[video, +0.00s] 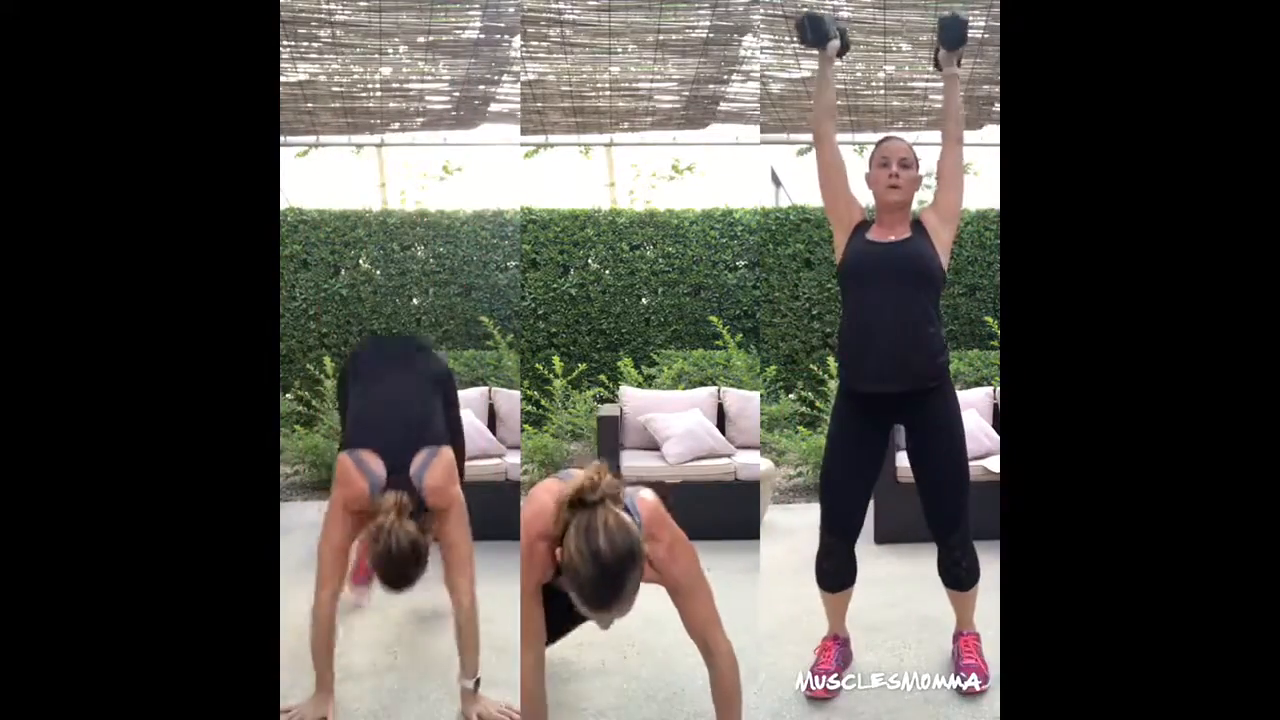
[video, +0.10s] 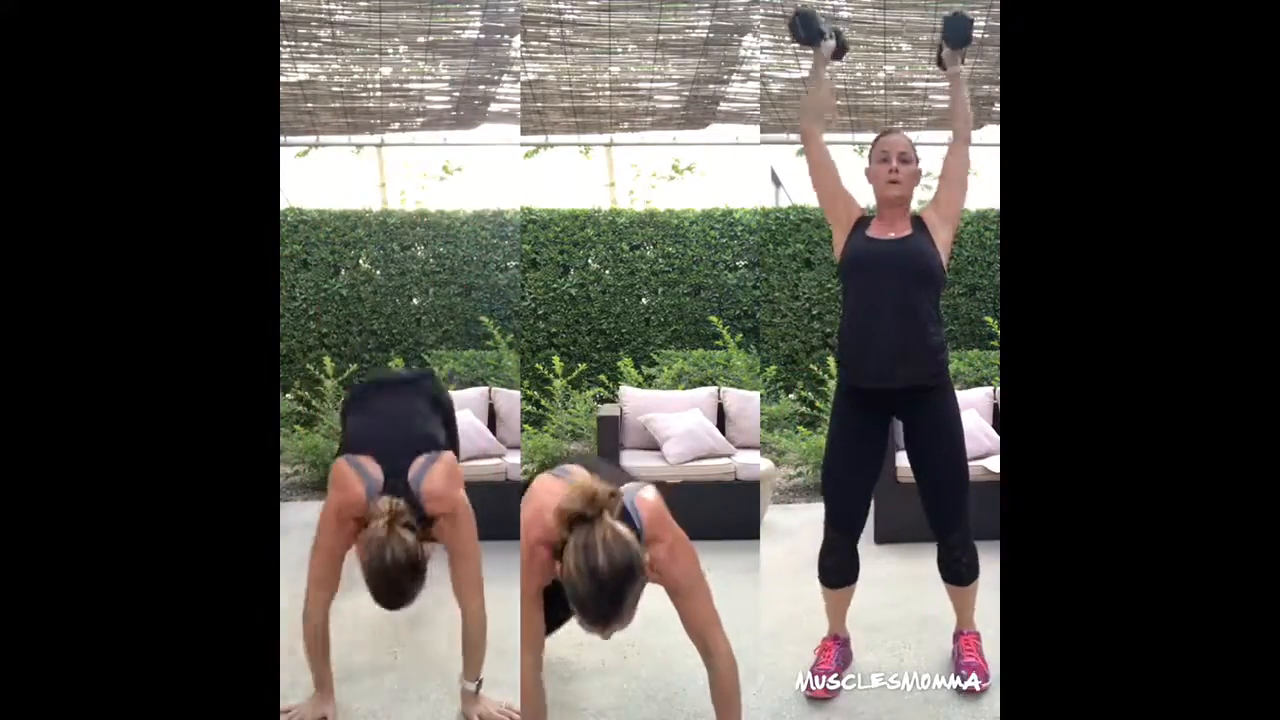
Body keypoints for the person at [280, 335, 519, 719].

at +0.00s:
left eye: (404, 582)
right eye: (386, 578)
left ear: (427, 534)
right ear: (370, 536)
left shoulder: (445, 489)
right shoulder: (350, 489)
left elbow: (463, 593)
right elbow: (327, 593)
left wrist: (470, 689)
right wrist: (323, 692)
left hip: (427, 361)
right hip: (363, 361)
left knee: (451, 482)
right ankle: (362, 543)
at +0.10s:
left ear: (425, 543)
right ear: (360, 544)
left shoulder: (449, 499)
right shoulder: (344, 498)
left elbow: (473, 603)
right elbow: (317, 600)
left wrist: (471, 693)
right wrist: (323, 695)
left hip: (428, 391)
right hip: (361, 397)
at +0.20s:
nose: (395, 602)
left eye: (404, 595)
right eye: (386, 597)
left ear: (422, 542)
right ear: (356, 546)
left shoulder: (449, 497)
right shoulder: (341, 497)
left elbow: (474, 602)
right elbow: (316, 605)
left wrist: (472, 691)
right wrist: (322, 693)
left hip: (435, 433)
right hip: (365, 433)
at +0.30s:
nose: (398, 591)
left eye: (407, 581)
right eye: (388, 584)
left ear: (428, 532)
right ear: (362, 537)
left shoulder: (447, 492)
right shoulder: (346, 490)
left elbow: (477, 605)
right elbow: (315, 602)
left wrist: (472, 692)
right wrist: (323, 694)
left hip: (434, 454)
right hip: (366, 457)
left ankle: (446, 537)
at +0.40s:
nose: (397, 591)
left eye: (406, 581)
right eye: (387, 583)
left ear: (427, 533)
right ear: (362, 533)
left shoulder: (449, 496)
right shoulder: (346, 495)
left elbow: (478, 603)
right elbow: (314, 604)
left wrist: (473, 691)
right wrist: (322, 693)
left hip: (433, 456)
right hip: (366, 456)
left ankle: (446, 538)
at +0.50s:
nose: (400, 598)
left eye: (409, 591)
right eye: (390, 594)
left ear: (427, 539)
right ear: (361, 546)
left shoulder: (451, 501)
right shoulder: (340, 505)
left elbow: (474, 601)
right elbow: (316, 603)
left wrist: (472, 690)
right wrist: (322, 692)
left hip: (433, 426)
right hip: (364, 428)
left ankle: (443, 536)